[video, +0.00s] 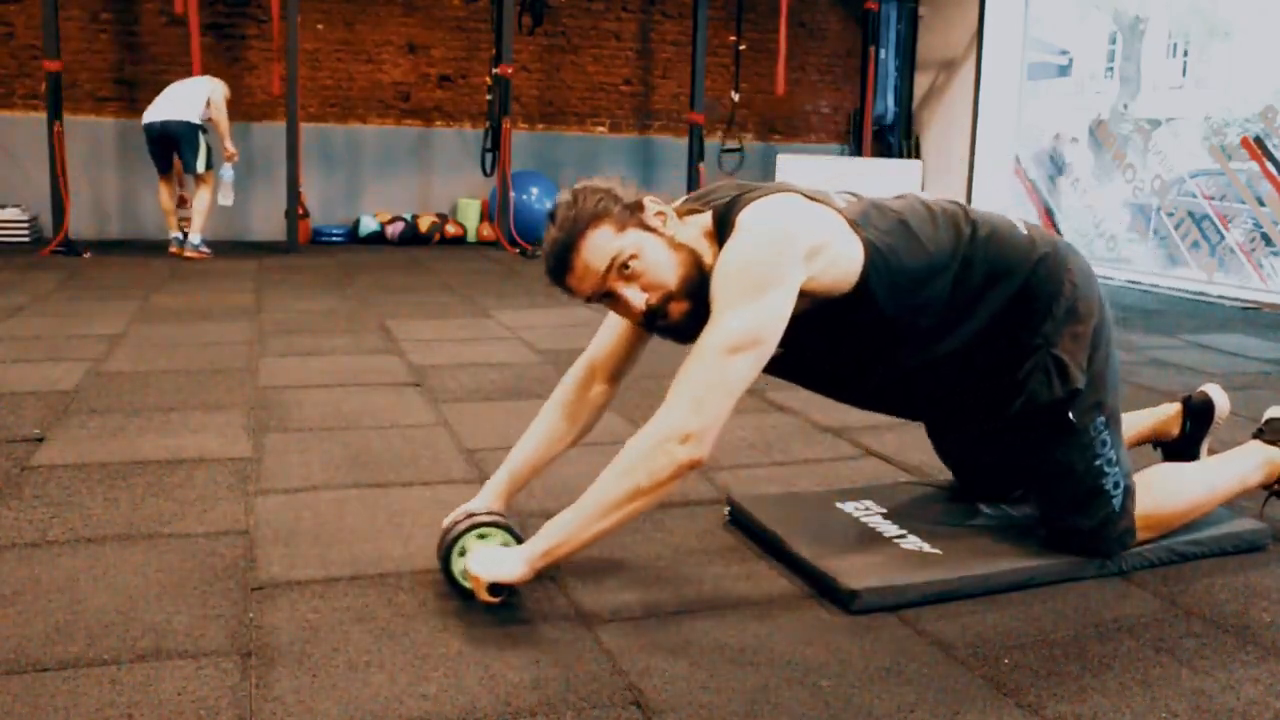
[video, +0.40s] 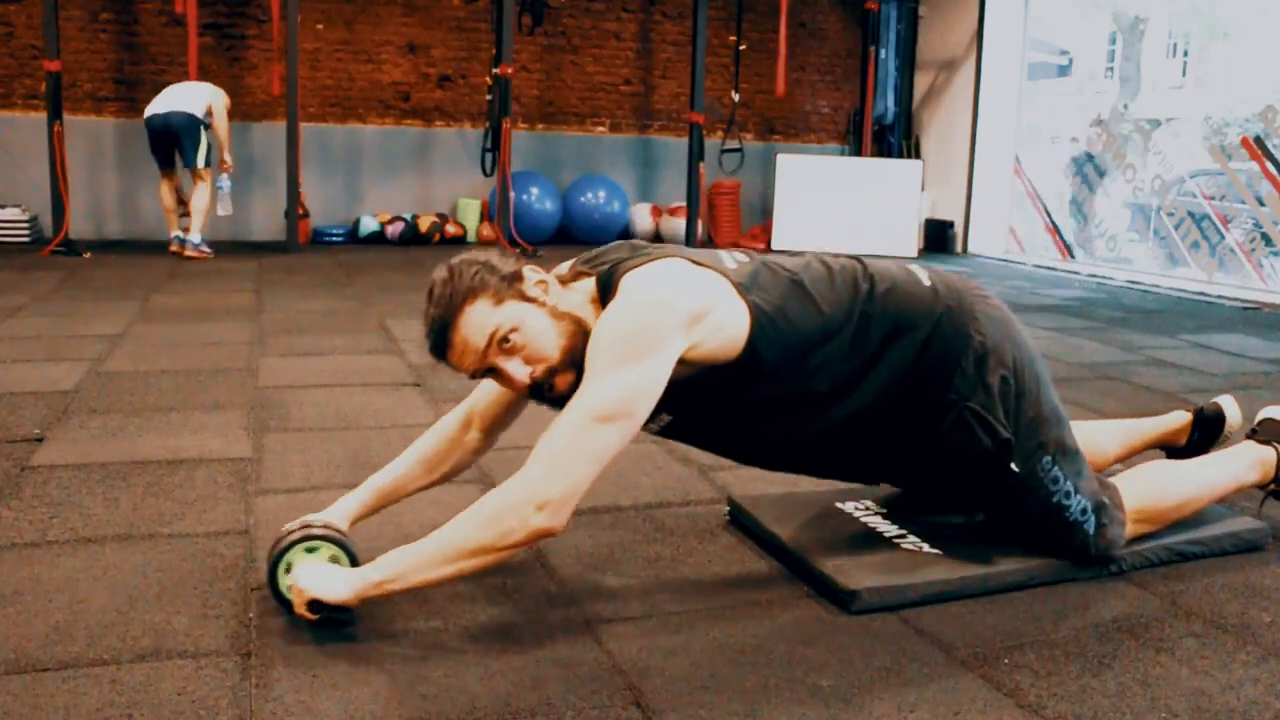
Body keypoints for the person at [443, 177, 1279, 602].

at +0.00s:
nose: (629, 296)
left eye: (625, 268)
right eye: (610, 292)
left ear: (658, 216)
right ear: (609, 285)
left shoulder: (764, 242)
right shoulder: (672, 263)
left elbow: (677, 443)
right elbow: (585, 383)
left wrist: (534, 553)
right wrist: (493, 491)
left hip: (1035, 313)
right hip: (953, 346)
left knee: (1102, 524)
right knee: (997, 485)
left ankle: (1270, 460)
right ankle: (1176, 417)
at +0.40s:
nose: (513, 365)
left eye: (504, 337)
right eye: (490, 365)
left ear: (537, 284)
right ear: (491, 355)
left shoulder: (647, 309)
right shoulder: (571, 316)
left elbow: (538, 508)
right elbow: (464, 427)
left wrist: (363, 582)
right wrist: (343, 514)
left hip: (954, 359)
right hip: (887, 397)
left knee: (1102, 534)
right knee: (1041, 493)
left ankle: (1261, 458)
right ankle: (1208, 422)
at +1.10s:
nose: (469, 513)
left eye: (466, 506)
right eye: (441, 498)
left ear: (493, 457)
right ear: (455, 431)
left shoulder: (585, 398)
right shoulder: (501, 373)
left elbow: (437, 581)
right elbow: (390, 483)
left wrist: (245, 599)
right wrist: (248, 536)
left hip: (906, 410)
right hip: (831, 407)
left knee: (1096, 517)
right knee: (1020, 460)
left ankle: (1263, 459)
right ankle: (1176, 412)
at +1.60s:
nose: (504, 470)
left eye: (492, 469)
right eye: (475, 463)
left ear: (514, 413)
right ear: (482, 387)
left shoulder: (601, 371)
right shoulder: (518, 342)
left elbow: (455, 541)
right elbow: (406, 459)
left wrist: (275, 596)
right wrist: (267, 524)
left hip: (934, 379)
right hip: (872, 365)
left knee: (1090, 524)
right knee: (1027, 486)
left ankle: (1260, 454)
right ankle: (1178, 411)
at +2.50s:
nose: (687, 366)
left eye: (673, 350)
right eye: (663, 362)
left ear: (686, 288)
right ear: (671, 289)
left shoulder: (795, 236)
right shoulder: (674, 230)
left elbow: (718, 437)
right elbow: (604, 372)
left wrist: (575, 551)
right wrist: (526, 491)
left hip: (1052, 296)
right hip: (963, 332)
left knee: (1099, 522)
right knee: (987, 480)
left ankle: (1268, 454)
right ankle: (1174, 411)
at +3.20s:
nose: (784, 272)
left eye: (781, 254)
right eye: (769, 265)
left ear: (802, 193)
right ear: (796, 183)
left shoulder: (915, 170)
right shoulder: (805, 180)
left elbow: (859, 372)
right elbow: (747, 327)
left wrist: (770, 522)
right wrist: (708, 476)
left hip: (1119, 312)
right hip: (1017, 331)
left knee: (1096, 528)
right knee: (994, 486)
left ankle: (1268, 457)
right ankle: (1174, 422)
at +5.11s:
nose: (492, 523)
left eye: (482, 516)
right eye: (464, 515)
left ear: (492, 476)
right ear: (450, 454)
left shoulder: (588, 412)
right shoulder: (501, 377)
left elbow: (455, 601)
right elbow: (385, 488)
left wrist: (241, 603)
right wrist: (251, 532)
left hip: (898, 420)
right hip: (834, 397)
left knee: (1099, 522)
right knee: (1016, 461)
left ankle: (1276, 471)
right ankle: (1166, 411)